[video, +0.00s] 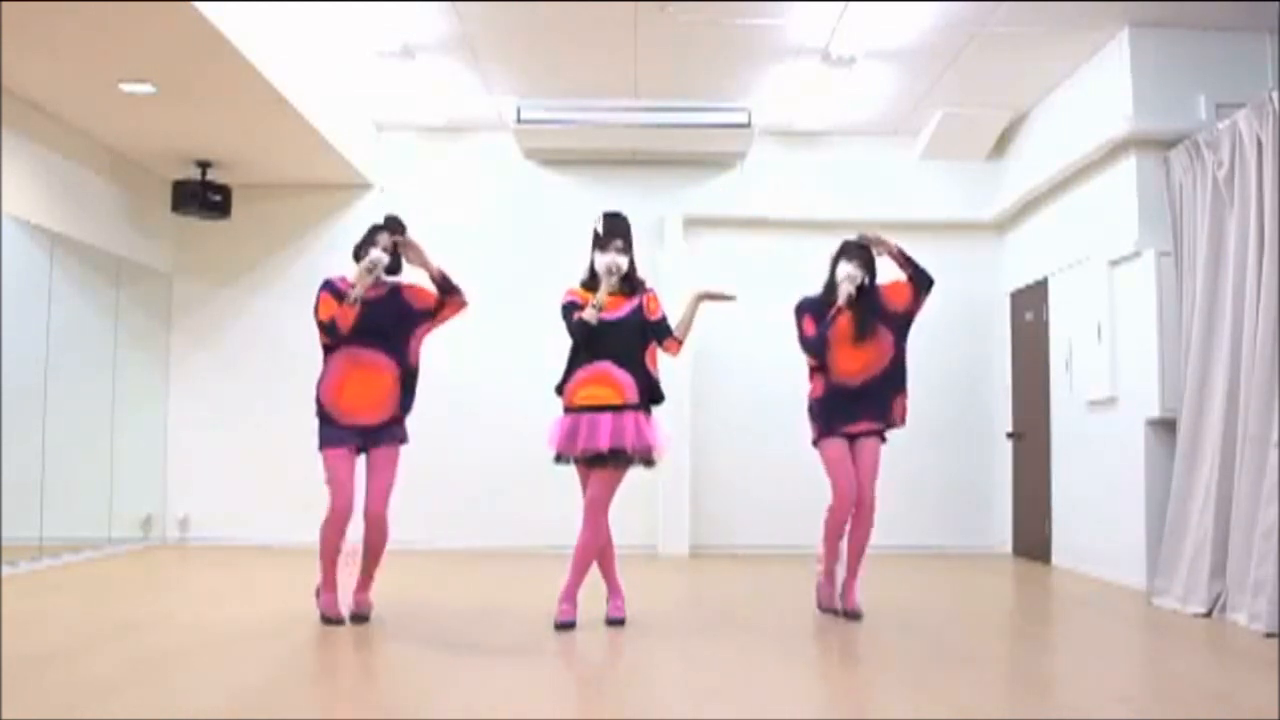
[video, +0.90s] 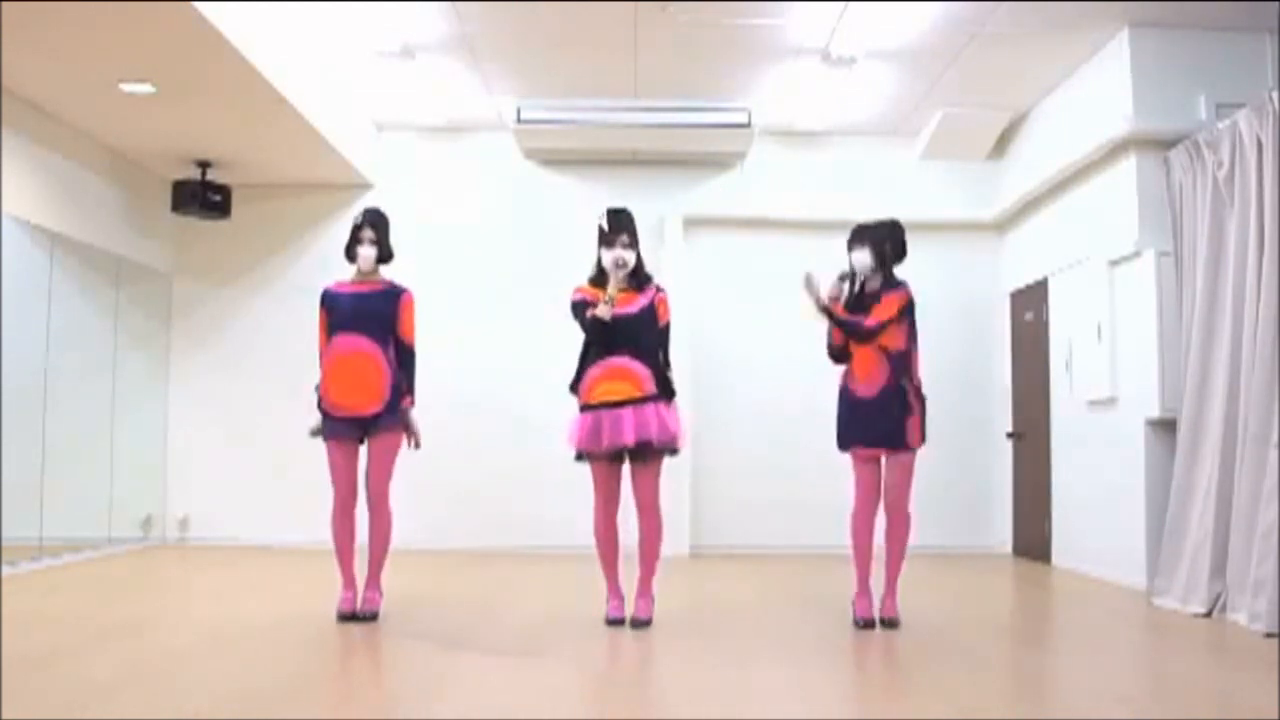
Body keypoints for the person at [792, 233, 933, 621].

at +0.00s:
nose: (853, 277)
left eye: (860, 271)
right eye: (848, 268)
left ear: (869, 274)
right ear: (835, 269)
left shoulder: (883, 303)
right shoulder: (813, 308)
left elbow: (922, 285)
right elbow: (815, 349)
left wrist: (893, 252)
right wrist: (837, 306)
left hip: (869, 408)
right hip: (828, 409)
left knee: (865, 498)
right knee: (845, 494)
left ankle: (851, 585)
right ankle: (827, 579)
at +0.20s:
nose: (859, 267)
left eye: (865, 259)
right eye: (851, 260)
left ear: (876, 263)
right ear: (840, 264)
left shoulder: (895, 302)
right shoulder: (825, 306)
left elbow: (940, 301)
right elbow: (830, 342)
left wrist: (936, 256)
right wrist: (853, 298)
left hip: (884, 411)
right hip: (841, 413)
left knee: (882, 504)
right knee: (853, 499)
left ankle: (860, 587)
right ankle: (856, 592)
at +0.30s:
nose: (862, 260)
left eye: (867, 252)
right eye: (853, 254)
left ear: (877, 256)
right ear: (840, 260)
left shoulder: (892, 301)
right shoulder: (829, 300)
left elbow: (934, 330)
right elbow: (839, 337)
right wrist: (860, 295)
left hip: (888, 407)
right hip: (846, 407)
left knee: (886, 499)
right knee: (855, 498)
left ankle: (887, 596)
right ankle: (856, 596)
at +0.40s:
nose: (864, 262)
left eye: (870, 253)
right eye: (855, 255)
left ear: (880, 256)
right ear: (843, 260)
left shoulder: (895, 303)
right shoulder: (833, 299)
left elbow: (929, 341)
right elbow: (844, 339)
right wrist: (866, 296)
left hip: (894, 401)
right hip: (851, 401)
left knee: (889, 500)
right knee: (857, 497)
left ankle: (889, 593)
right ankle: (859, 593)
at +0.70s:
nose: (875, 259)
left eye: (881, 251)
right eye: (867, 252)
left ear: (892, 255)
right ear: (855, 256)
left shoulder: (907, 299)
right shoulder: (842, 300)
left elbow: (922, 358)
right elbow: (841, 343)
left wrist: (931, 407)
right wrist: (866, 298)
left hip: (899, 404)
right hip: (857, 403)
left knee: (894, 501)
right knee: (862, 499)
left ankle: (889, 593)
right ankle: (861, 593)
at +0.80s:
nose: (870, 259)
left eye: (878, 251)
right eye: (864, 250)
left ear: (891, 255)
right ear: (854, 254)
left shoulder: (906, 298)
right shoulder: (844, 301)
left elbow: (906, 351)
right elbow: (837, 352)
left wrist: (900, 400)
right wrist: (851, 308)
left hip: (902, 409)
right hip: (857, 410)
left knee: (897, 502)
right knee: (863, 500)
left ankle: (889, 593)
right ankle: (861, 593)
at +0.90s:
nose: (857, 259)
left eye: (863, 250)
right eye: (853, 251)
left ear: (884, 253)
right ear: (850, 255)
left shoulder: (899, 295)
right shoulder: (851, 298)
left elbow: (869, 327)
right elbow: (839, 354)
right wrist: (834, 311)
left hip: (900, 403)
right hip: (859, 403)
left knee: (896, 502)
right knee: (865, 498)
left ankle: (890, 594)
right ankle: (862, 593)